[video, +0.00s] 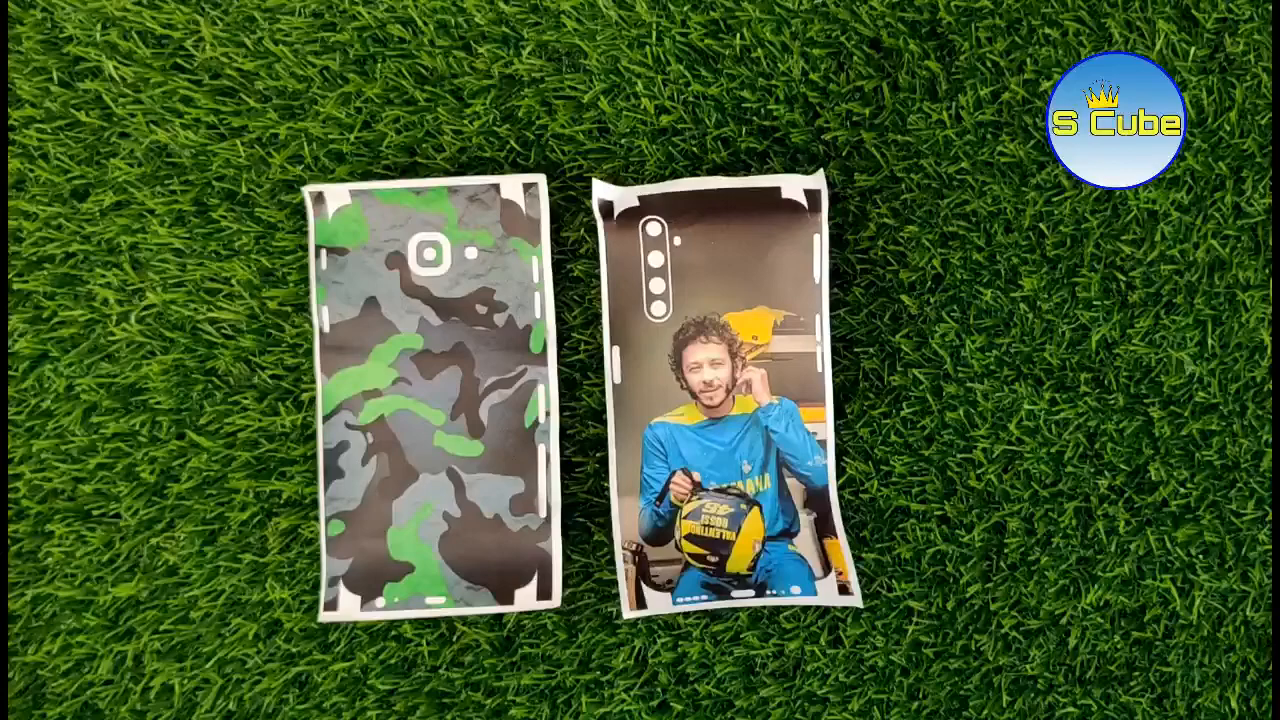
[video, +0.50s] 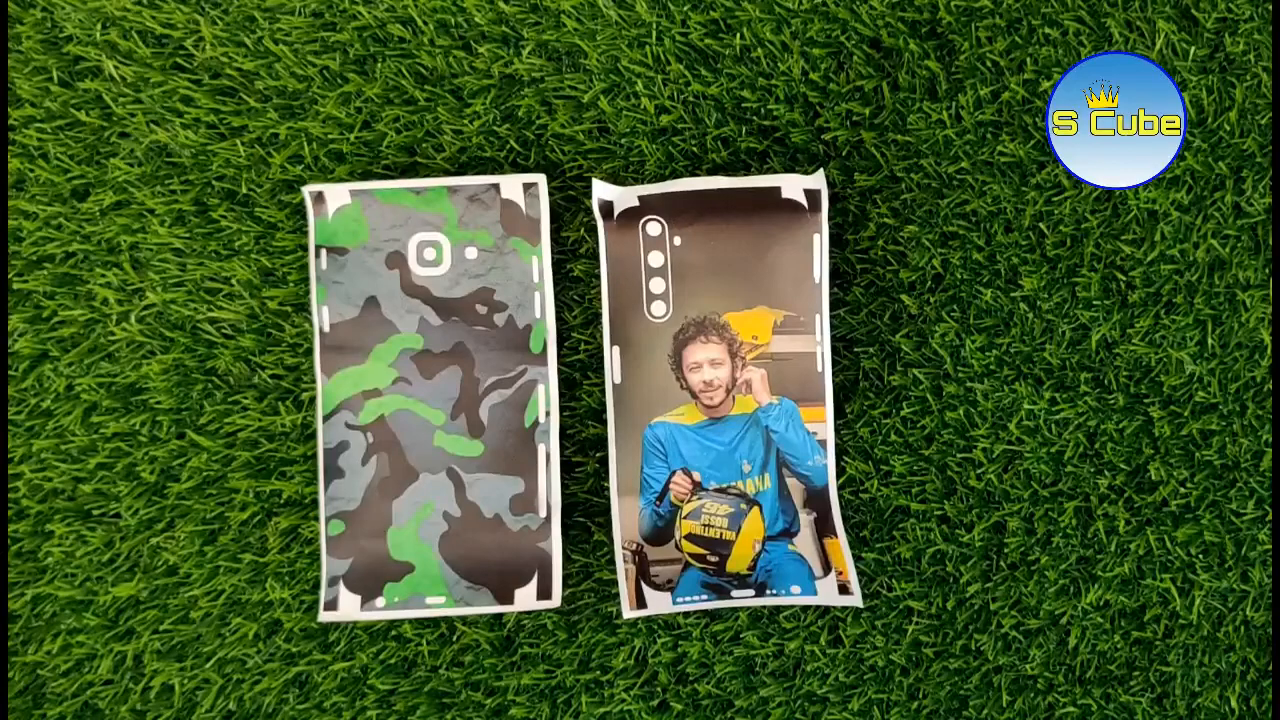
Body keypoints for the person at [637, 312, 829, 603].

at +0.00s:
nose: (708, 378)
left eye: (717, 364)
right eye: (695, 368)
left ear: (735, 366)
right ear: (682, 376)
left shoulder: (775, 412)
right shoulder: (662, 432)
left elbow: (819, 477)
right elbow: (651, 534)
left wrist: (767, 405)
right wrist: (672, 500)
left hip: (772, 548)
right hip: (706, 556)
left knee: (798, 600)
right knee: (687, 609)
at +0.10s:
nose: (708, 377)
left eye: (717, 364)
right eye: (695, 368)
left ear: (735, 366)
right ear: (682, 376)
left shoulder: (775, 412)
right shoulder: (662, 432)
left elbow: (819, 477)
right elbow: (651, 534)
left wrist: (768, 406)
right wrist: (673, 501)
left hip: (771, 547)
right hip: (706, 555)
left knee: (798, 599)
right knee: (688, 610)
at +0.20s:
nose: (708, 377)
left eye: (717, 364)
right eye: (695, 368)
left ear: (735, 365)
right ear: (682, 376)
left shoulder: (775, 412)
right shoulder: (662, 432)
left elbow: (819, 477)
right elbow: (651, 534)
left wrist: (767, 405)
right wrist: (672, 500)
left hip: (772, 548)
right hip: (706, 556)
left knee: (798, 601)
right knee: (687, 610)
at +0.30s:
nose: (708, 377)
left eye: (717, 364)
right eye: (695, 368)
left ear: (735, 365)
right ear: (682, 376)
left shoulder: (775, 412)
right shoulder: (662, 432)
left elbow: (819, 477)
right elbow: (651, 534)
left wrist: (768, 406)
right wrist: (672, 500)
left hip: (772, 548)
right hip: (705, 556)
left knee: (798, 601)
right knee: (687, 609)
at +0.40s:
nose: (708, 378)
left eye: (717, 364)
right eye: (695, 368)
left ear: (735, 366)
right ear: (682, 376)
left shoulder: (775, 412)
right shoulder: (662, 432)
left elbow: (819, 477)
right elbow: (651, 534)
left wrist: (767, 405)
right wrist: (672, 500)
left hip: (772, 548)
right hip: (706, 556)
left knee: (798, 601)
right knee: (688, 610)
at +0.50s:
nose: (708, 378)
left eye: (716, 364)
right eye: (695, 368)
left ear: (735, 365)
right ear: (682, 376)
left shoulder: (774, 412)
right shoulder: (662, 433)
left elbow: (819, 477)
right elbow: (651, 534)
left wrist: (767, 405)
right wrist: (672, 500)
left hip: (772, 548)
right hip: (706, 557)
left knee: (799, 602)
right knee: (688, 613)